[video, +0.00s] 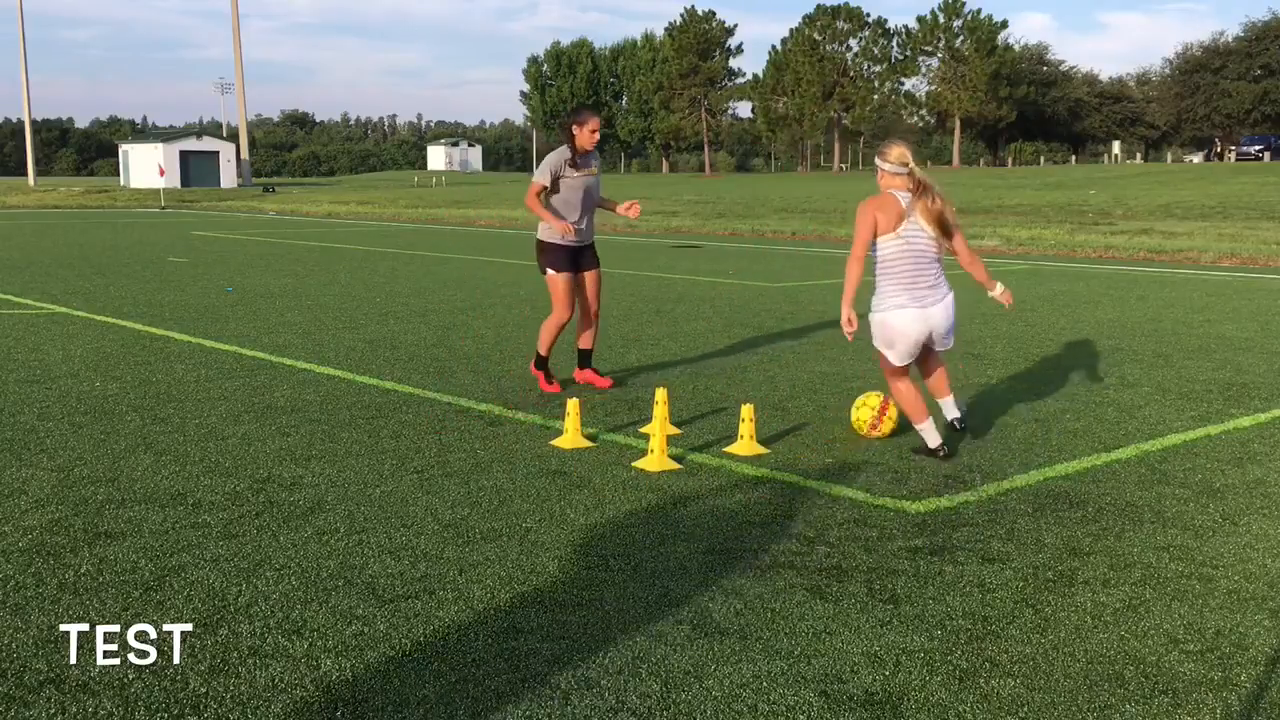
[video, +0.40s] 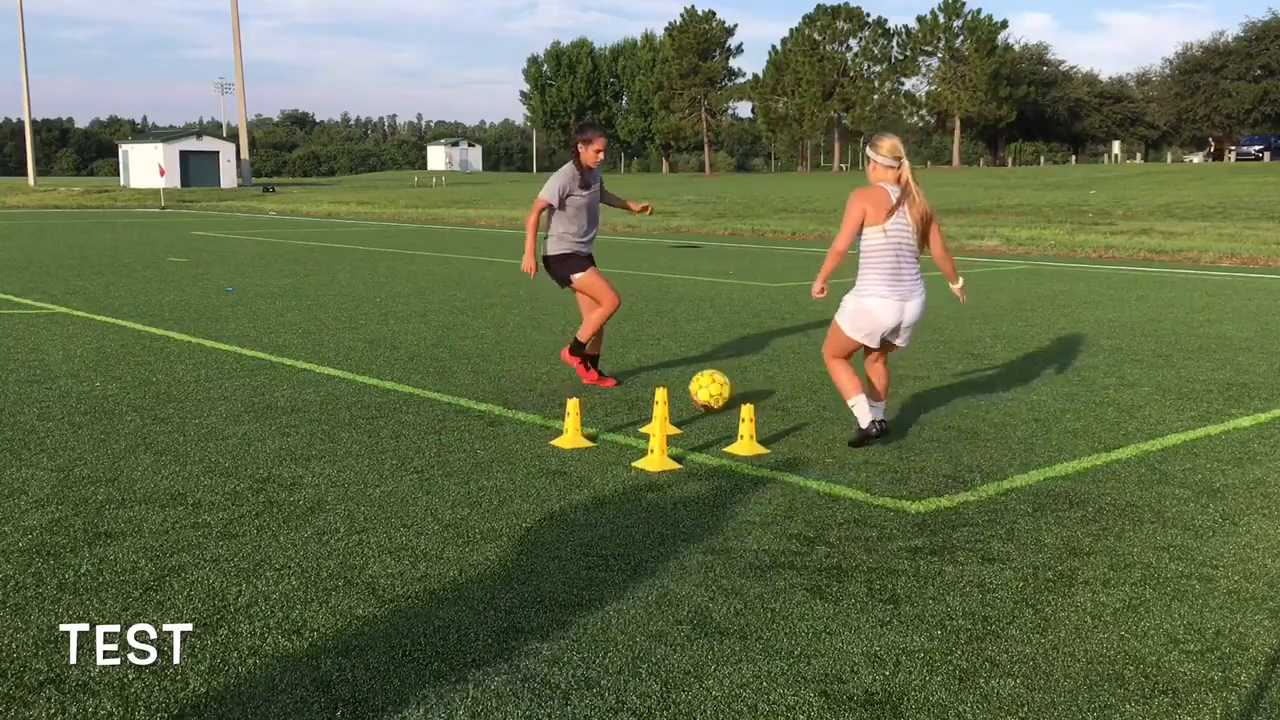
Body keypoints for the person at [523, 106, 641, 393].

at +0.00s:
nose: (597, 137)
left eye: (599, 131)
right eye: (593, 131)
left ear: (594, 132)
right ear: (576, 130)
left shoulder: (592, 161)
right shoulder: (556, 160)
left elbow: (590, 198)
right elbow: (531, 198)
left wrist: (618, 208)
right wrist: (555, 220)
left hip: (584, 243)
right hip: (555, 244)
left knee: (591, 309)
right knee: (563, 312)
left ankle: (584, 368)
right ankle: (539, 365)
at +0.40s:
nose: (602, 157)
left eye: (604, 151)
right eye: (598, 151)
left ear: (592, 150)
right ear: (581, 148)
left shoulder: (593, 174)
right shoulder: (564, 177)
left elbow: (602, 196)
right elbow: (534, 213)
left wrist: (630, 206)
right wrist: (529, 253)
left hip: (582, 252)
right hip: (561, 254)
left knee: (594, 315)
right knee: (610, 301)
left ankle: (591, 369)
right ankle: (574, 350)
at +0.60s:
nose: (599, 176)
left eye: (602, 171)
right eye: (594, 171)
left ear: (604, 167)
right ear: (578, 166)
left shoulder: (603, 192)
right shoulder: (559, 189)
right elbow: (531, 218)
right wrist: (519, 256)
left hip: (565, 259)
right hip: (540, 256)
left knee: (589, 309)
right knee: (594, 292)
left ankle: (590, 372)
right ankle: (613, 360)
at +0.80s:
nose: (572, 178)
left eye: (575, 172)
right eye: (566, 172)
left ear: (578, 170)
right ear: (551, 168)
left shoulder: (583, 191)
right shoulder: (534, 193)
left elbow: (604, 215)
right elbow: (504, 226)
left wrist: (616, 218)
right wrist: (495, 262)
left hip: (561, 269)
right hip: (528, 267)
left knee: (584, 321)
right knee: (535, 318)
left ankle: (589, 374)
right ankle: (509, 379)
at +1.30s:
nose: (528, 140)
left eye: (533, 133)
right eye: (522, 133)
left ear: (539, 131)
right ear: (509, 130)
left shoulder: (548, 162)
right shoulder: (492, 158)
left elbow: (556, 201)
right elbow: (466, 203)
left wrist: (582, 216)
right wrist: (479, 191)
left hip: (529, 254)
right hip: (489, 249)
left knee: (518, 328)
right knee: (479, 325)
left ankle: (509, 402)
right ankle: (468, 362)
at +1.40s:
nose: (528, 137)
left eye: (533, 130)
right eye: (522, 130)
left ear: (540, 128)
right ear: (509, 126)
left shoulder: (547, 158)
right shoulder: (490, 153)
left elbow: (558, 195)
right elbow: (454, 195)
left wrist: (572, 199)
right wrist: (466, 192)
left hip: (528, 248)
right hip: (487, 241)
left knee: (522, 322)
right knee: (481, 312)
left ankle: (506, 389)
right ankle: (460, 359)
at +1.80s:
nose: (528, 152)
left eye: (533, 145)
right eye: (522, 144)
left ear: (538, 145)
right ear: (507, 140)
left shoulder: (536, 173)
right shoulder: (482, 169)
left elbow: (527, 211)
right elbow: (452, 210)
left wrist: (536, 234)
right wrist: (437, 255)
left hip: (514, 258)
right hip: (476, 252)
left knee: (528, 332)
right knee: (486, 324)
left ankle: (510, 413)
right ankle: (466, 406)